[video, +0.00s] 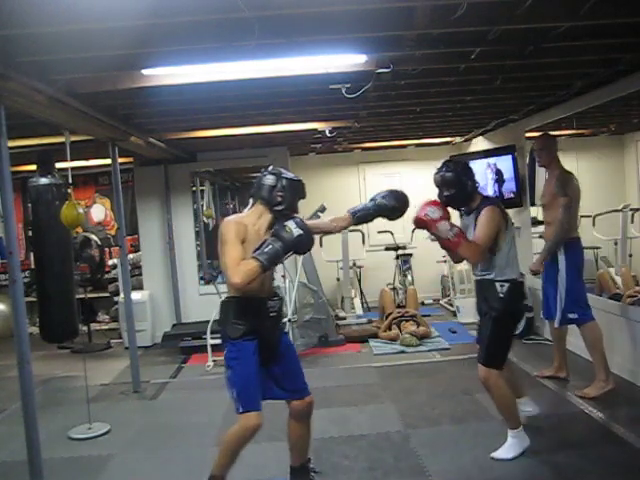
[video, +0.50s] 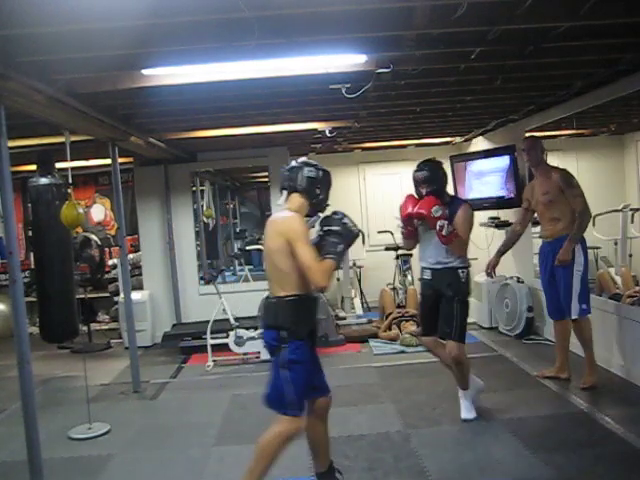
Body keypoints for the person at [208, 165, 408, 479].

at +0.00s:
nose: (295, 208)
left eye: (295, 202)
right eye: (291, 201)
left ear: (272, 196)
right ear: (275, 196)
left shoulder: (277, 224)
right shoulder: (232, 225)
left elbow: (330, 225)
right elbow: (238, 279)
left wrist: (373, 207)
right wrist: (278, 245)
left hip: (271, 325)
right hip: (241, 329)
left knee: (301, 403)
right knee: (251, 420)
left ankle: (300, 473)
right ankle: (215, 476)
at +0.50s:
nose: (323, 198)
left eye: (323, 192)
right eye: (322, 190)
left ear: (291, 187)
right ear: (314, 189)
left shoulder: (278, 221)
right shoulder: (292, 222)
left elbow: (302, 275)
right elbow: (319, 279)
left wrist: (326, 246)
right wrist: (336, 248)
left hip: (288, 322)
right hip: (288, 325)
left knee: (319, 402)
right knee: (292, 419)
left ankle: (325, 473)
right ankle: (251, 475)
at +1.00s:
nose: (369, 190)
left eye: (368, 184)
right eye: (367, 184)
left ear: (335, 183)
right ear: (359, 183)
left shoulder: (316, 217)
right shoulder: (364, 216)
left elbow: (299, 264)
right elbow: (394, 267)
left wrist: (321, 241)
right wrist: (399, 242)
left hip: (329, 309)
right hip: (357, 310)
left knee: (356, 387)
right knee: (370, 400)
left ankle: (349, 458)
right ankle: (360, 474)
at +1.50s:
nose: (375, 203)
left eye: (372, 199)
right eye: (374, 198)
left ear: (345, 200)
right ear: (371, 199)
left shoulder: (330, 228)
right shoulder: (381, 224)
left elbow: (304, 265)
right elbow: (408, 271)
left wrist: (327, 254)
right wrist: (397, 248)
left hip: (345, 312)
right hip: (375, 311)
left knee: (364, 367)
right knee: (397, 385)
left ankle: (357, 433)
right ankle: (395, 467)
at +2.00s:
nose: (366, 198)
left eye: (361, 195)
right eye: (365, 194)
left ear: (336, 197)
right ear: (360, 194)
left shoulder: (323, 222)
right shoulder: (373, 216)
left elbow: (296, 262)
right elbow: (396, 261)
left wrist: (321, 246)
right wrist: (397, 249)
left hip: (333, 300)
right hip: (364, 301)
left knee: (340, 361)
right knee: (380, 377)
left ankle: (330, 430)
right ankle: (380, 462)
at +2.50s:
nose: (343, 210)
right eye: (343, 205)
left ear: (315, 210)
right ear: (340, 207)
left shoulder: (305, 231)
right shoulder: (355, 229)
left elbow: (276, 247)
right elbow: (381, 271)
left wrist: (291, 238)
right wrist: (361, 248)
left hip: (317, 311)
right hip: (347, 310)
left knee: (324, 370)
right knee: (381, 379)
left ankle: (311, 431)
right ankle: (382, 461)